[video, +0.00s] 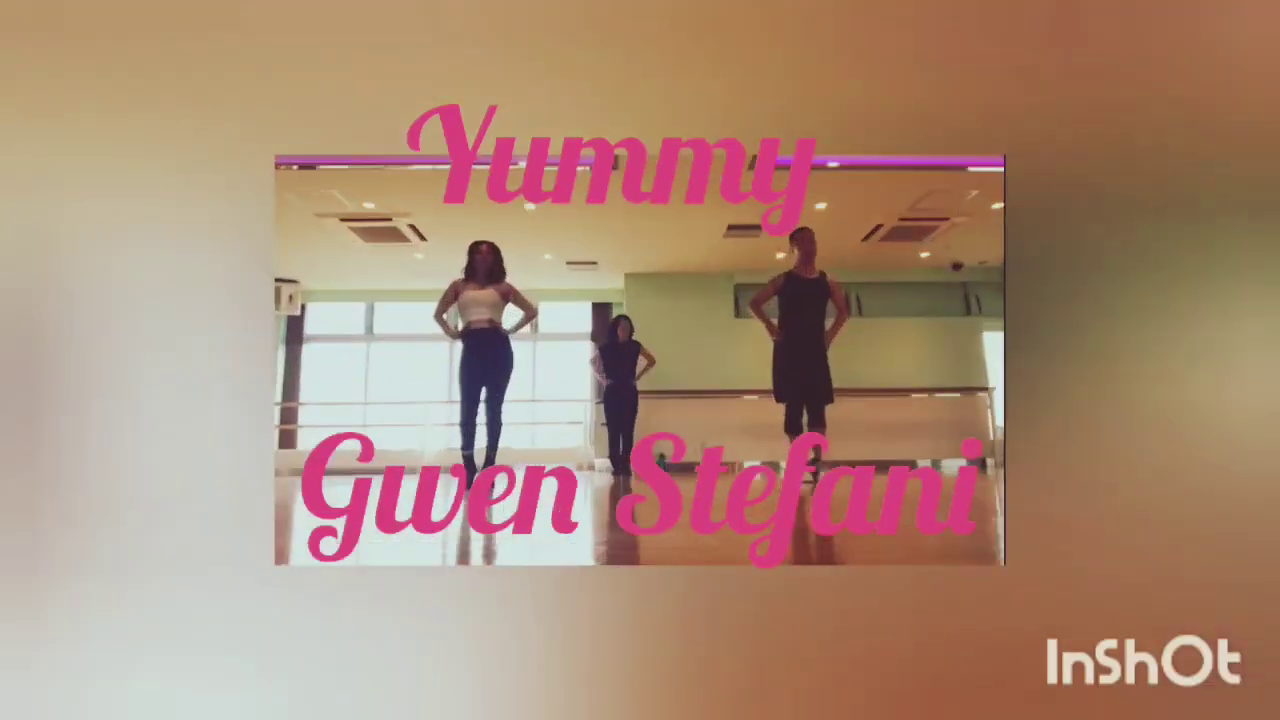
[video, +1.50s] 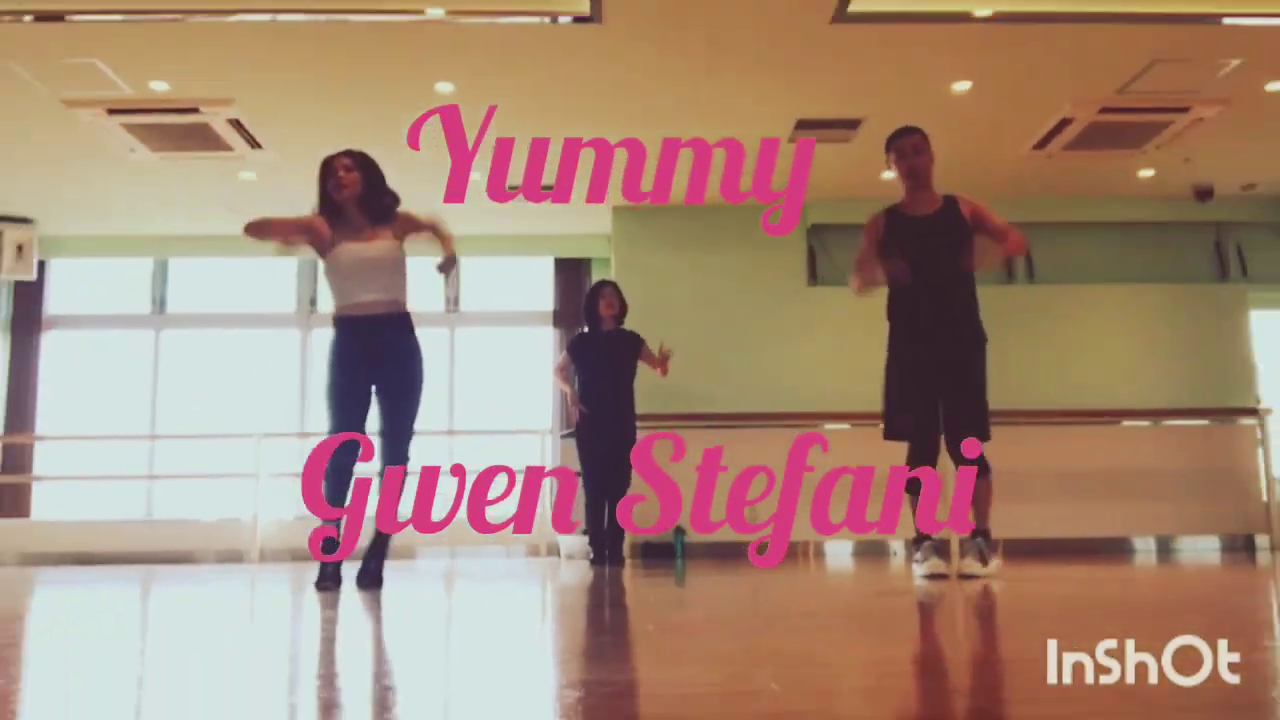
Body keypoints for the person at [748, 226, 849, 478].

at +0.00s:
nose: (810, 246)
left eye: (812, 241)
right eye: (805, 242)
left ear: (816, 245)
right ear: (795, 246)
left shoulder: (826, 282)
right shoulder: (784, 280)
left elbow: (843, 312)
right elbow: (755, 303)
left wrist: (829, 336)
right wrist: (771, 327)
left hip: (815, 349)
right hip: (789, 349)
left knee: (817, 407)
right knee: (794, 405)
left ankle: (817, 459)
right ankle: (796, 457)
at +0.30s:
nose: (953, 150)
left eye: (959, 141)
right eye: (942, 142)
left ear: (967, 147)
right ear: (922, 149)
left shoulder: (980, 208)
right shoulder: (901, 209)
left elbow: (1031, 243)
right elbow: (848, 255)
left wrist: (1041, 191)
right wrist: (890, 300)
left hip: (976, 343)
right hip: (927, 343)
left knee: (979, 452)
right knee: (935, 449)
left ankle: (972, 552)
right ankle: (936, 554)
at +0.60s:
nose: (1029, 106)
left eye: (1027, 96)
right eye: (1016, 97)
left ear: (1008, 110)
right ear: (979, 112)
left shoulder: (1042, 175)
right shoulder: (957, 193)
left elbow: (1112, 211)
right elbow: (905, 268)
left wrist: (1126, 168)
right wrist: (967, 295)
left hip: (1074, 347)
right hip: (1015, 354)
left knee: (1083, 475)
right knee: (1028, 477)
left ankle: (1061, 601)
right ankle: (1018, 602)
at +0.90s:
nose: (1030, 94)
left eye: (1025, 83)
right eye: (1016, 84)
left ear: (993, 101)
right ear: (980, 102)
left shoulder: (1050, 159)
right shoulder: (966, 188)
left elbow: (1131, 125)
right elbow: (932, 273)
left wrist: (1195, 76)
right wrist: (997, 283)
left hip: (1090, 340)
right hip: (1031, 349)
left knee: (1097, 476)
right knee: (1043, 481)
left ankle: (1077, 610)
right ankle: (1031, 612)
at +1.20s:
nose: (978, 118)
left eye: (986, 106)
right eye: (965, 110)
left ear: (998, 112)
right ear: (944, 119)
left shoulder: (1028, 172)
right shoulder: (939, 196)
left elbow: (1102, 153)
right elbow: (888, 264)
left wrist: (1124, 93)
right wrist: (927, 251)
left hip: (1048, 341)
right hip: (989, 348)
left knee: (1049, 469)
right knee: (1000, 470)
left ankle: (1042, 590)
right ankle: (999, 592)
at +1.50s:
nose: (913, 161)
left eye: (919, 152)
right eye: (904, 155)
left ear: (932, 157)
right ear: (891, 164)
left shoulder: (962, 209)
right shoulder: (883, 223)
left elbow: (1016, 241)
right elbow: (861, 279)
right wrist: (884, 268)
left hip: (961, 342)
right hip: (911, 347)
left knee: (968, 444)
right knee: (921, 446)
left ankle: (979, 538)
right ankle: (926, 542)